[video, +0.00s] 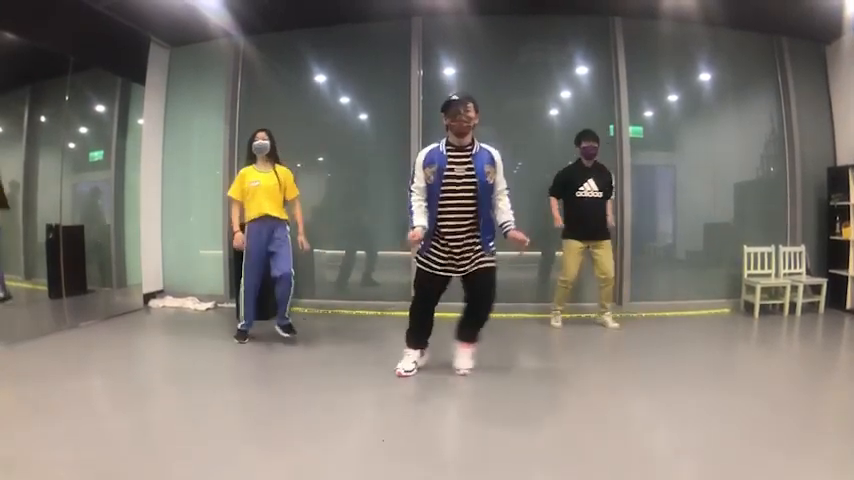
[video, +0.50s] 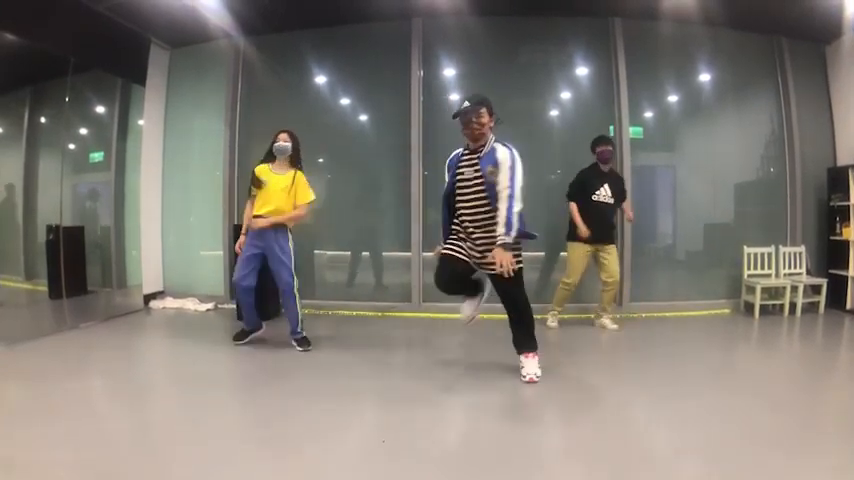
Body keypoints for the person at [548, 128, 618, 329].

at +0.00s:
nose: (590, 151)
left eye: (593, 147)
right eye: (586, 147)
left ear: (598, 149)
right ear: (578, 148)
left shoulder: (605, 173)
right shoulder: (567, 173)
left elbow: (608, 198)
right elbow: (553, 195)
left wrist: (609, 217)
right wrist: (557, 218)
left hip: (600, 234)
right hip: (574, 235)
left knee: (608, 275)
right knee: (568, 277)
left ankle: (605, 312)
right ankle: (557, 310)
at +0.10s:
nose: (594, 151)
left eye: (597, 147)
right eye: (590, 148)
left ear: (602, 149)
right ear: (582, 149)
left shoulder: (605, 175)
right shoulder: (571, 173)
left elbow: (606, 202)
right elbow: (557, 197)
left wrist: (611, 224)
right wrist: (564, 220)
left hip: (600, 236)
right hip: (575, 236)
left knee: (608, 276)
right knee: (566, 277)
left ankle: (603, 313)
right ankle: (552, 310)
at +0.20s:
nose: (601, 154)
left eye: (604, 150)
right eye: (596, 150)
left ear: (608, 152)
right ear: (588, 152)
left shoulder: (605, 177)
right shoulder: (581, 173)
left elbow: (600, 208)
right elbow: (568, 201)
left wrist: (609, 228)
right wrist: (579, 226)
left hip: (599, 238)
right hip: (577, 237)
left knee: (609, 276)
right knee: (566, 279)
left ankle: (603, 315)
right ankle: (545, 311)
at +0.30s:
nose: (608, 161)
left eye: (610, 157)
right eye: (603, 158)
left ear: (613, 159)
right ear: (594, 159)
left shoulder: (608, 183)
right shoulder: (586, 179)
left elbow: (601, 213)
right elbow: (575, 206)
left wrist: (611, 229)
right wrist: (592, 229)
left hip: (600, 242)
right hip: (578, 242)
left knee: (612, 279)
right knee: (569, 283)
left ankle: (603, 316)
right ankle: (544, 312)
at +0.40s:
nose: (609, 160)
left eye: (612, 156)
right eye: (605, 157)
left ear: (616, 158)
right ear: (598, 159)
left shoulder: (612, 183)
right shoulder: (589, 179)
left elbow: (611, 208)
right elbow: (574, 205)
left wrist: (625, 221)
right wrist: (592, 224)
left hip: (603, 243)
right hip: (581, 243)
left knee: (614, 279)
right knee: (570, 283)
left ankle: (603, 316)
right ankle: (546, 312)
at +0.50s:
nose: (606, 154)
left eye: (609, 151)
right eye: (601, 151)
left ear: (613, 152)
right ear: (594, 153)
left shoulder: (616, 179)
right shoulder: (585, 175)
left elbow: (623, 199)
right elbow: (572, 201)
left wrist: (627, 211)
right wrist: (580, 225)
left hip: (606, 238)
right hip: (582, 238)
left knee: (612, 278)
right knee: (571, 280)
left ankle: (603, 315)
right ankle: (554, 312)